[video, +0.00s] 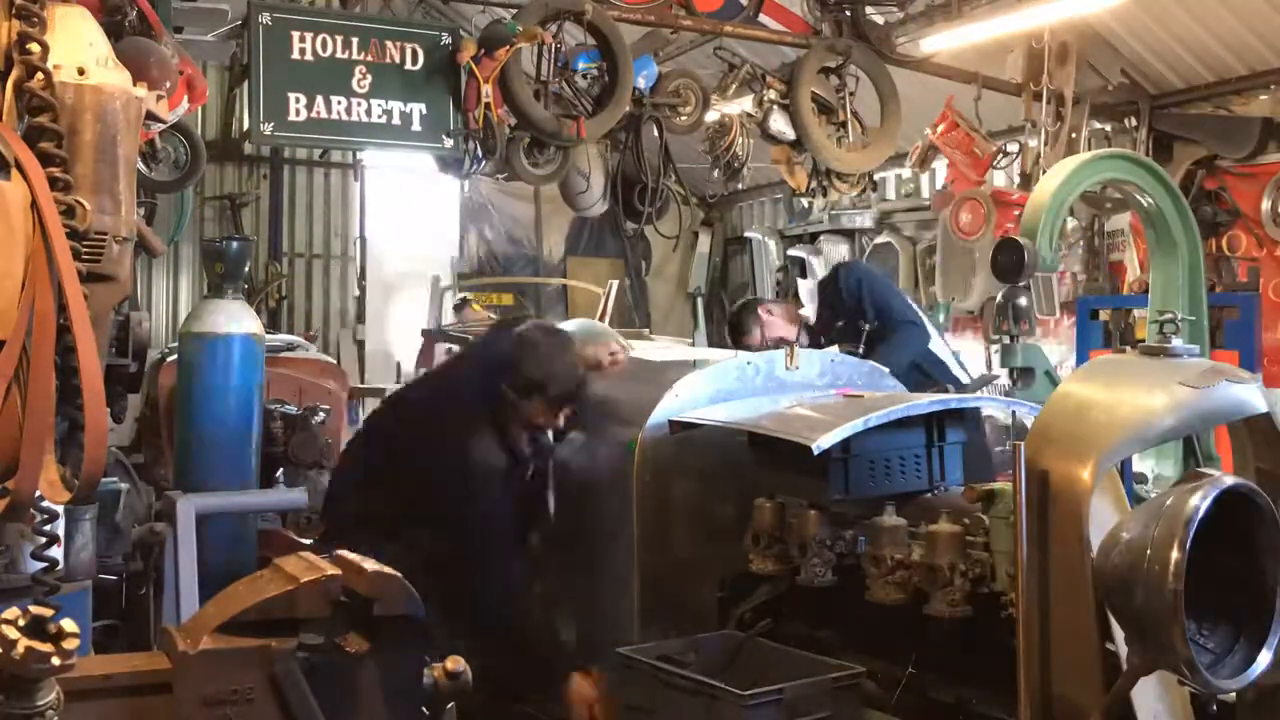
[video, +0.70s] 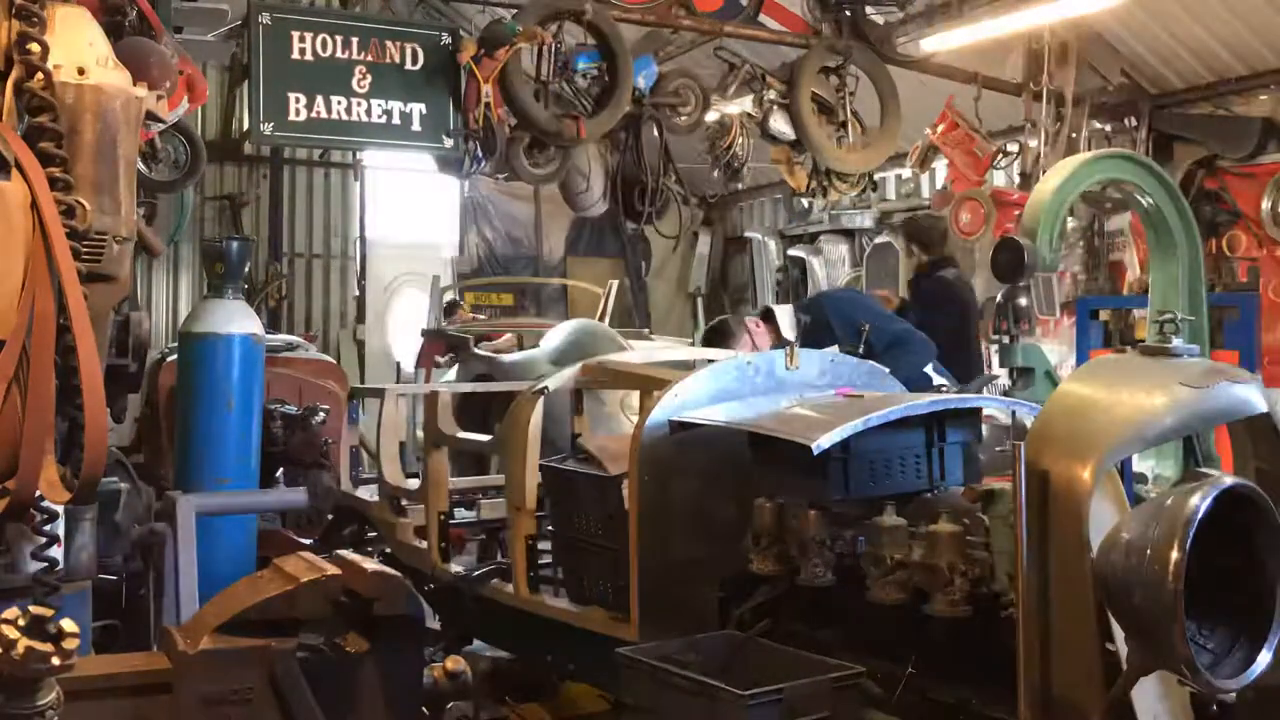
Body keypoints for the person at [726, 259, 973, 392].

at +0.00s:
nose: (778, 349)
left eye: (769, 342)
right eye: (769, 349)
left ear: (767, 312)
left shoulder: (848, 277)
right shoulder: (812, 345)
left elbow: (911, 334)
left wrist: (859, 385)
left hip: (948, 407)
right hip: (899, 424)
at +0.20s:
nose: (778, 345)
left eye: (769, 337)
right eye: (770, 348)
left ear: (772, 308)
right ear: (775, 307)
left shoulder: (852, 285)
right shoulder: (823, 349)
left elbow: (916, 341)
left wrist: (859, 386)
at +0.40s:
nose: (747, 365)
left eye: (741, 357)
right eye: (737, 366)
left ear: (751, 327)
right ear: (753, 327)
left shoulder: (836, 309)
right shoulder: (778, 360)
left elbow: (921, 348)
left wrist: (863, 392)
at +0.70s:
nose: (758, 365)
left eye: (752, 356)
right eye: (747, 366)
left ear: (755, 326)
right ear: (758, 327)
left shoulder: (833, 306)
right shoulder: (782, 363)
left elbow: (917, 349)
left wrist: (867, 397)